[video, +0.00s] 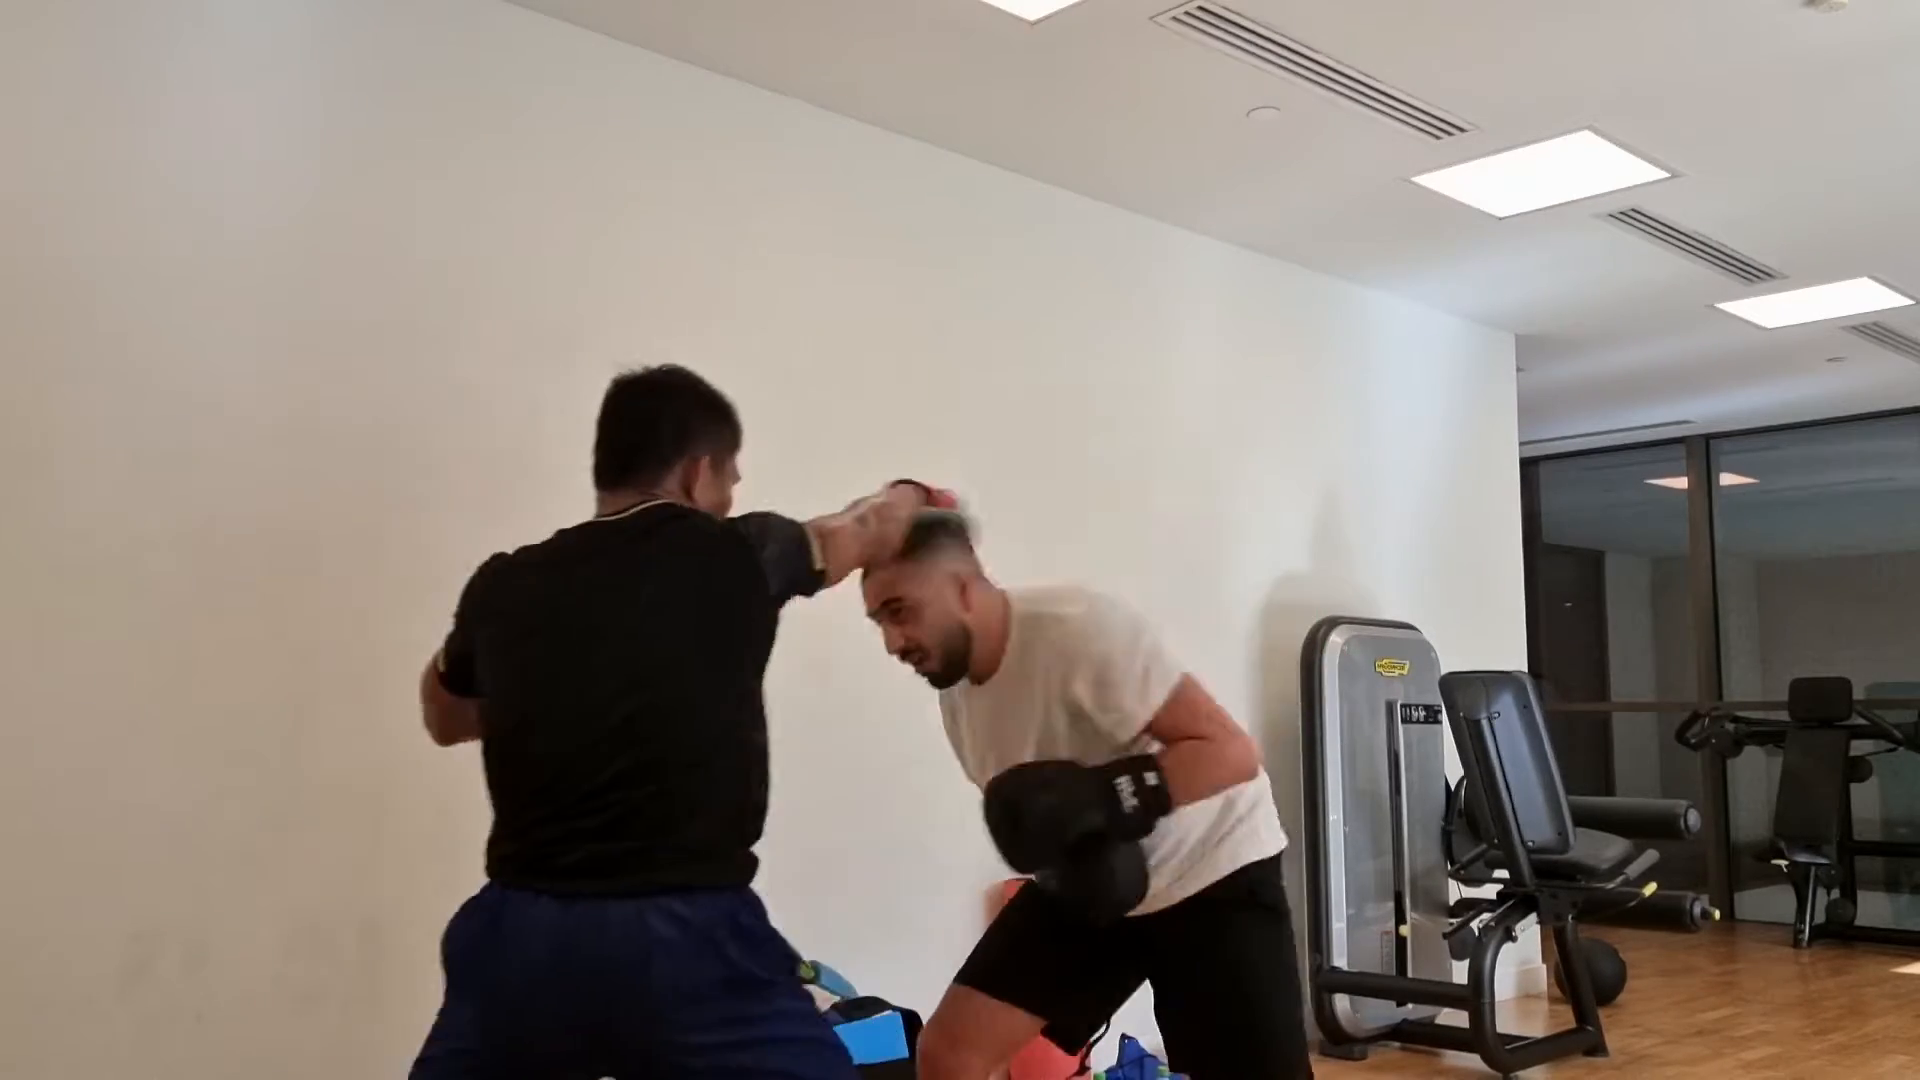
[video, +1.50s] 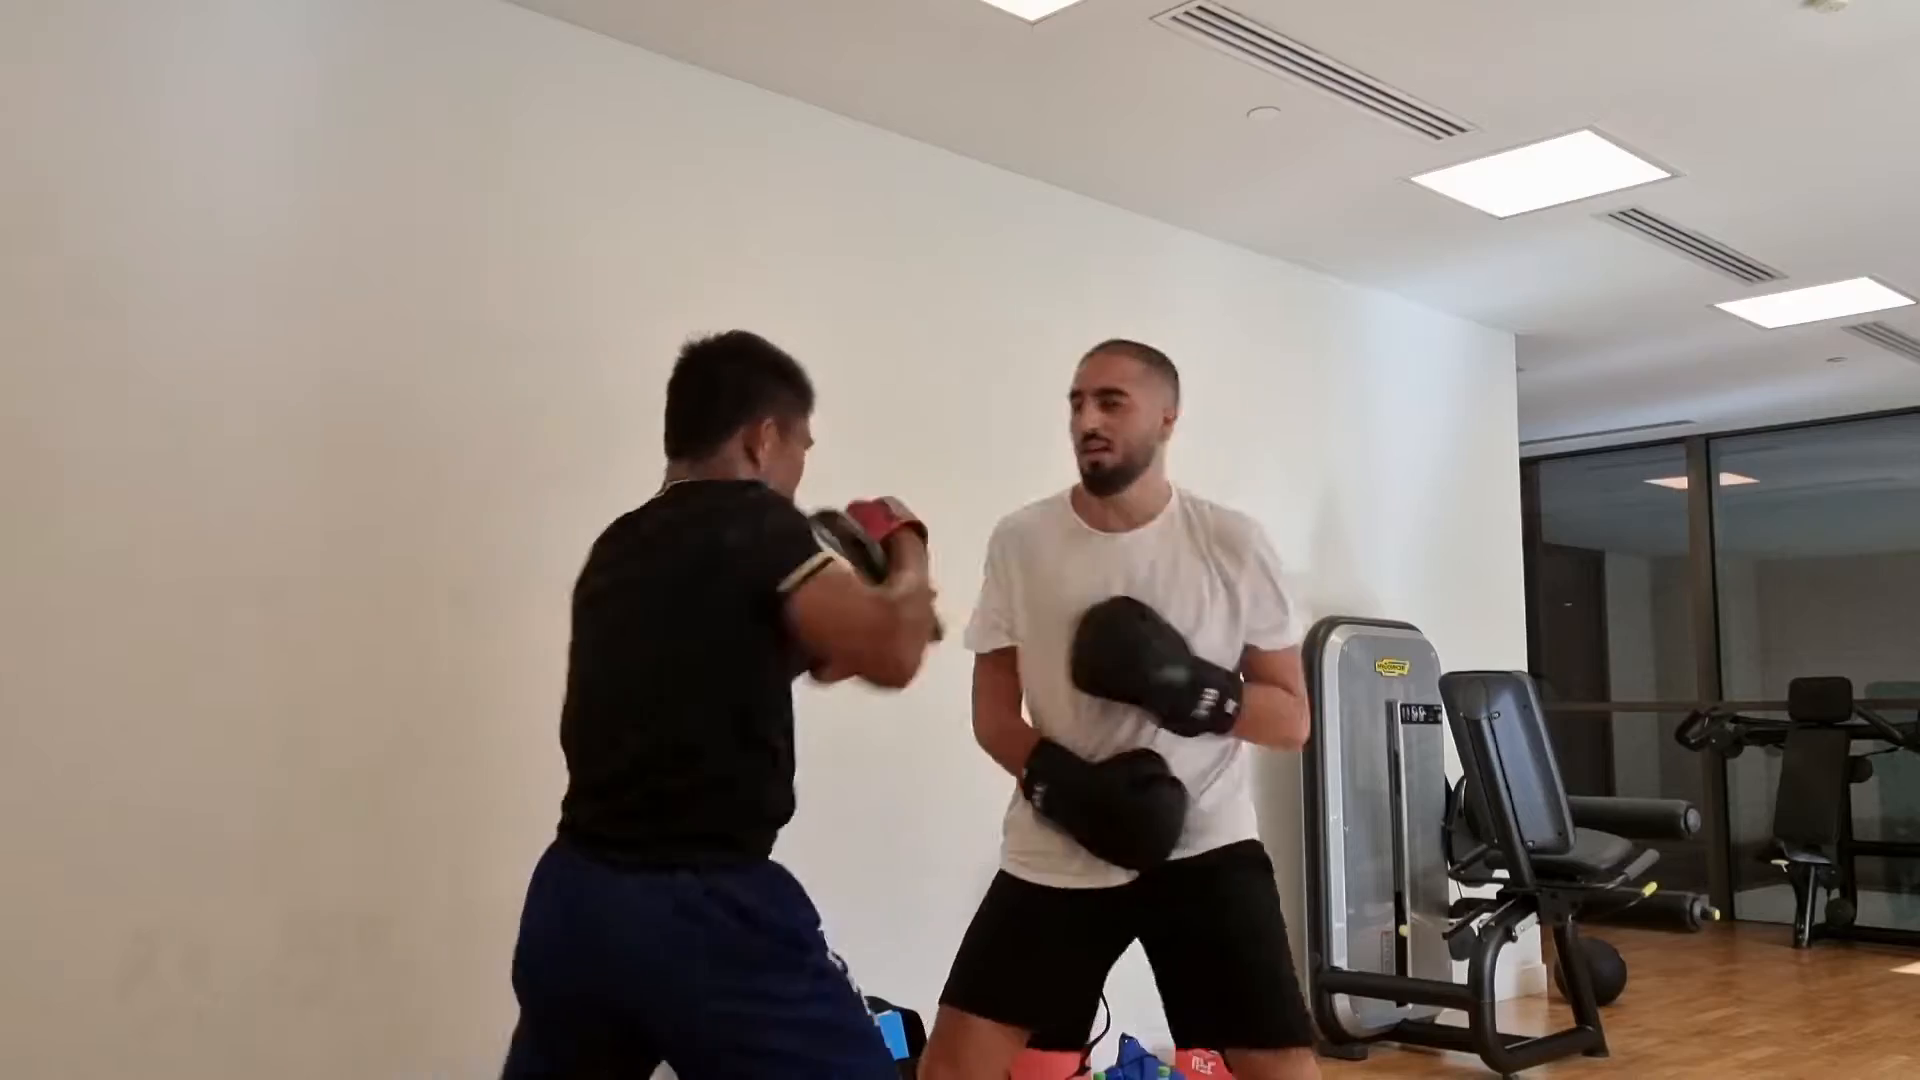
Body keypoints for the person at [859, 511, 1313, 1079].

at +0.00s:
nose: (891, 643)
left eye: (900, 613)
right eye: (880, 622)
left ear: (965, 588)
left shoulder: (1088, 631)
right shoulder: (959, 702)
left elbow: (1234, 754)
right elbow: (1029, 808)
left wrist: (1112, 794)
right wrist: (1072, 862)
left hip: (1213, 875)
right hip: (1088, 892)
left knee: (1259, 1071)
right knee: (952, 1052)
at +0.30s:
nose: (987, 482)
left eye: (1006, 458)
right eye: (978, 465)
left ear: (1069, 462)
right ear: (973, 478)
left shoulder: (1161, 552)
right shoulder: (973, 599)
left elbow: (1276, 695)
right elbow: (977, 744)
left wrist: (1166, 639)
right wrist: (1023, 813)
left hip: (1176, 878)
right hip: (1032, 891)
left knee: (1245, 1070)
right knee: (930, 1066)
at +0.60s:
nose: (825, 663)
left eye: (827, 635)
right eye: (819, 647)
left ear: (881, 596)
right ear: (884, 601)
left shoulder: (978, 639)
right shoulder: (948, 674)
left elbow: (1086, 779)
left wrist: (961, 824)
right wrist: (1024, 838)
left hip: (1198, 830)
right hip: (1094, 860)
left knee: (1252, 1064)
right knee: (958, 1033)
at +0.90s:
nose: (963, 554)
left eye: (978, 527)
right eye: (953, 536)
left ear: (1046, 520)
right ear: (950, 541)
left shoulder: (1162, 607)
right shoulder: (957, 648)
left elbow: (1270, 753)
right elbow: (976, 790)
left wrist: (1166, 737)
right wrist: (1024, 856)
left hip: (1175, 892)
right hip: (1036, 901)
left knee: (1241, 1071)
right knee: (923, 1066)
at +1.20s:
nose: (985, 451)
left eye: (1002, 429)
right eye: (979, 436)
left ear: (1066, 432)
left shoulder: (1138, 512)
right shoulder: (1006, 578)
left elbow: (1187, 643)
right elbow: (1010, 737)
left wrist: (1051, 638)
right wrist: (1027, 785)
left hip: (1181, 855)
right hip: (1047, 863)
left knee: (1246, 1069)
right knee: (934, 1059)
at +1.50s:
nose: (1088, 419)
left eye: (1112, 402)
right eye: (1079, 404)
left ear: (1168, 420)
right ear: (1067, 419)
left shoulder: (1235, 545)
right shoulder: (1020, 542)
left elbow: (1291, 718)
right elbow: (993, 717)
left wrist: (1190, 685)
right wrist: (1067, 783)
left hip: (1207, 860)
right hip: (1052, 867)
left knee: (1282, 1068)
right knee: (955, 1067)